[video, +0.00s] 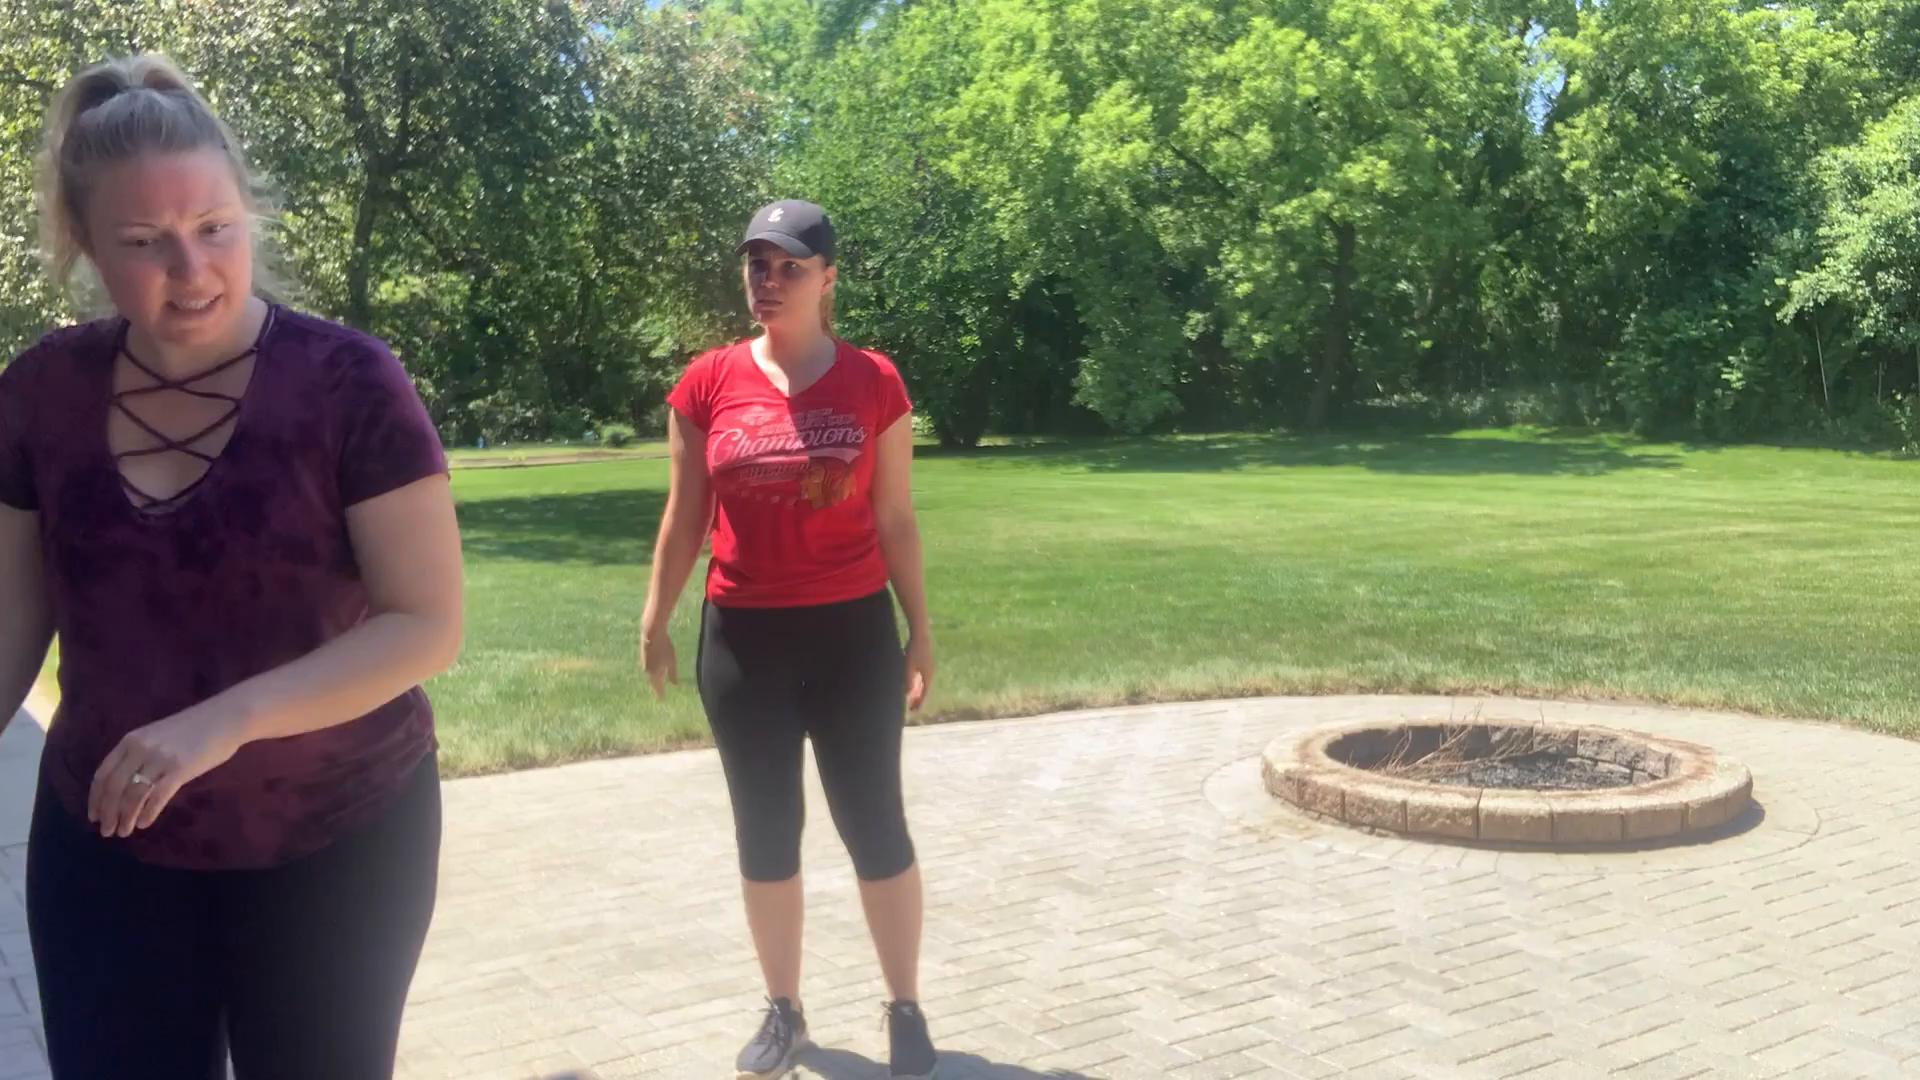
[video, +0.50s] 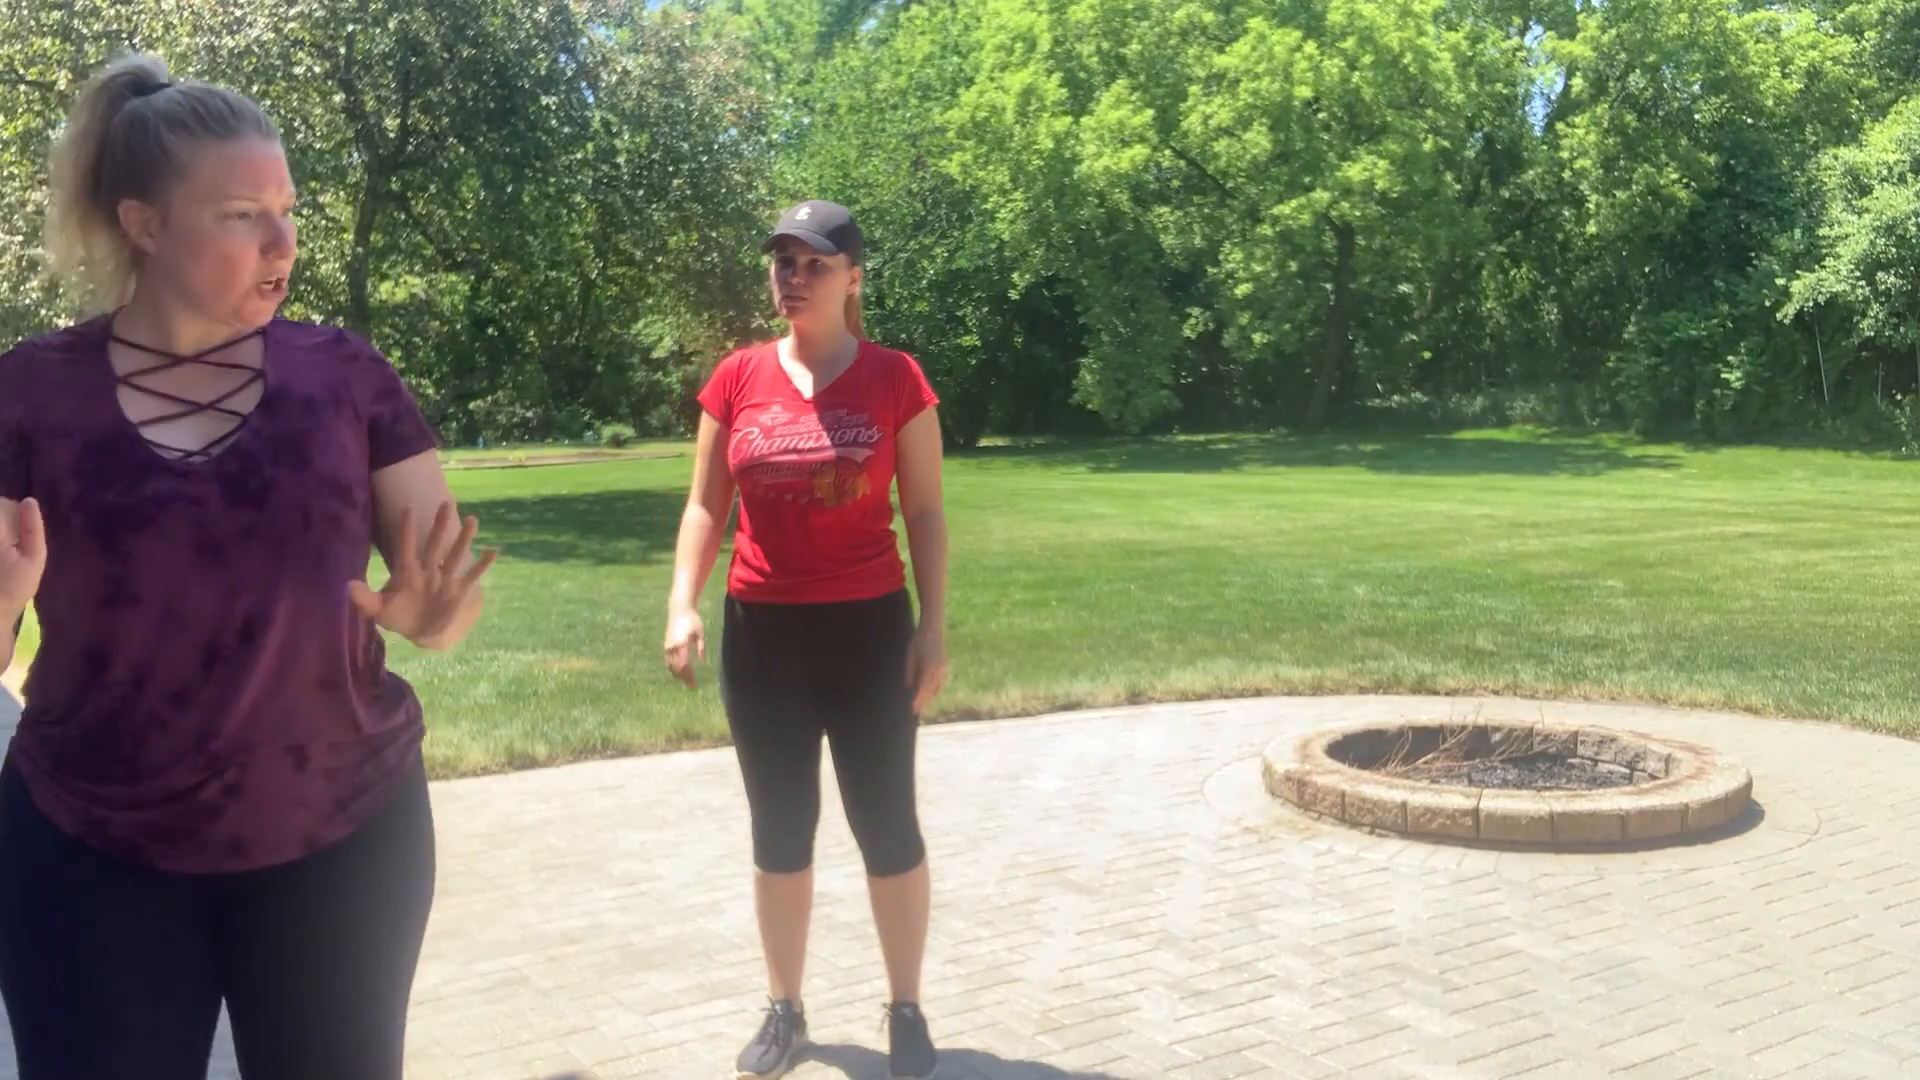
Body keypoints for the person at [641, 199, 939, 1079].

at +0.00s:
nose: (767, 279)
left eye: (787, 266)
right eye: (756, 264)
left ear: (827, 275)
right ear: (742, 275)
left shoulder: (871, 379)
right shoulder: (706, 383)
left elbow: (895, 516)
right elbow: (685, 512)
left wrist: (920, 625)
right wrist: (655, 616)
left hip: (855, 633)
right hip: (742, 638)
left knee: (875, 827)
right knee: (765, 833)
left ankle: (905, 1008)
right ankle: (781, 1008)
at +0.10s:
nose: (772, 278)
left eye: (792, 265)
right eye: (761, 263)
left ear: (833, 277)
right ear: (748, 273)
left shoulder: (874, 381)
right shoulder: (711, 380)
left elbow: (902, 516)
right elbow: (681, 506)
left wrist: (923, 624)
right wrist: (645, 608)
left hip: (855, 631)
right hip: (743, 635)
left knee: (875, 825)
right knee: (765, 832)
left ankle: (905, 1007)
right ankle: (782, 1008)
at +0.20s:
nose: (779, 279)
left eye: (799, 266)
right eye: (768, 264)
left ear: (838, 277)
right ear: (755, 274)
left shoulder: (879, 379)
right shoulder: (719, 379)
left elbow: (912, 513)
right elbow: (681, 508)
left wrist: (930, 625)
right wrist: (640, 616)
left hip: (858, 631)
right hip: (747, 633)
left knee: (877, 824)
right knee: (767, 828)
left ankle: (905, 1008)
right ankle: (782, 1008)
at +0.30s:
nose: (784, 279)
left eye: (804, 266)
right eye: (774, 264)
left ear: (843, 277)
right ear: (761, 273)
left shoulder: (885, 378)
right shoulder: (727, 378)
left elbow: (920, 510)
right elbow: (687, 508)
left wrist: (933, 621)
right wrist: (647, 615)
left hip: (863, 629)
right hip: (753, 633)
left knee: (881, 823)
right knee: (772, 828)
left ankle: (906, 1007)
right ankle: (782, 1007)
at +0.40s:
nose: (790, 279)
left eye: (811, 266)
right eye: (780, 265)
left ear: (849, 277)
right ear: (766, 275)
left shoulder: (889, 377)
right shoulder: (733, 378)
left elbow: (924, 509)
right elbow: (697, 505)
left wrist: (934, 619)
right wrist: (664, 609)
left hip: (867, 628)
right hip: (759, 633)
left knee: (885, 824)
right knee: (776, 828)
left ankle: (905, 1008)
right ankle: (782, 1006)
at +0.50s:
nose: (794, 277)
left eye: (814, 264)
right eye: (783, 263)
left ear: (853, 276)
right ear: (770, 275)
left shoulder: (893, 376)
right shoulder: (738, 375)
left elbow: (925, 512)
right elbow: (706, 502)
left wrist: (932, 624)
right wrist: (682, 601)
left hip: (869, 627)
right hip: (761, 630)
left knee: (887, 825)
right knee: (779, 827)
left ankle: (906, 1010)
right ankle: (784, 1009)